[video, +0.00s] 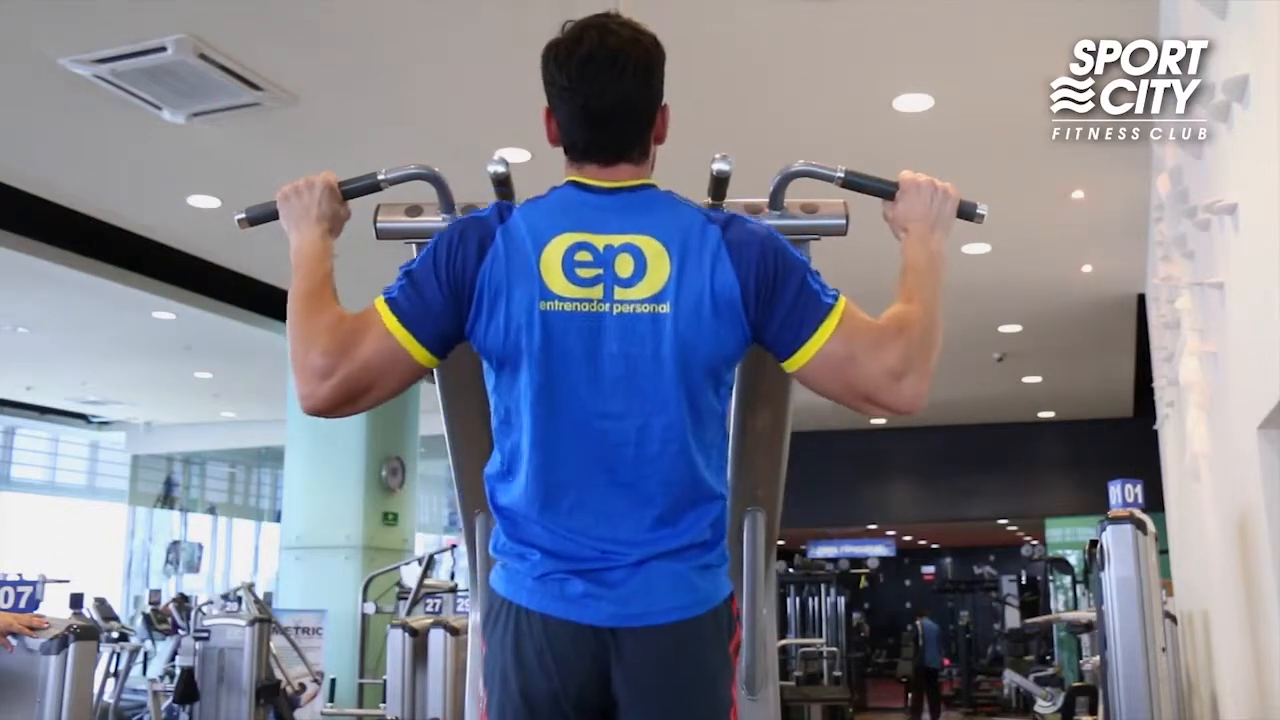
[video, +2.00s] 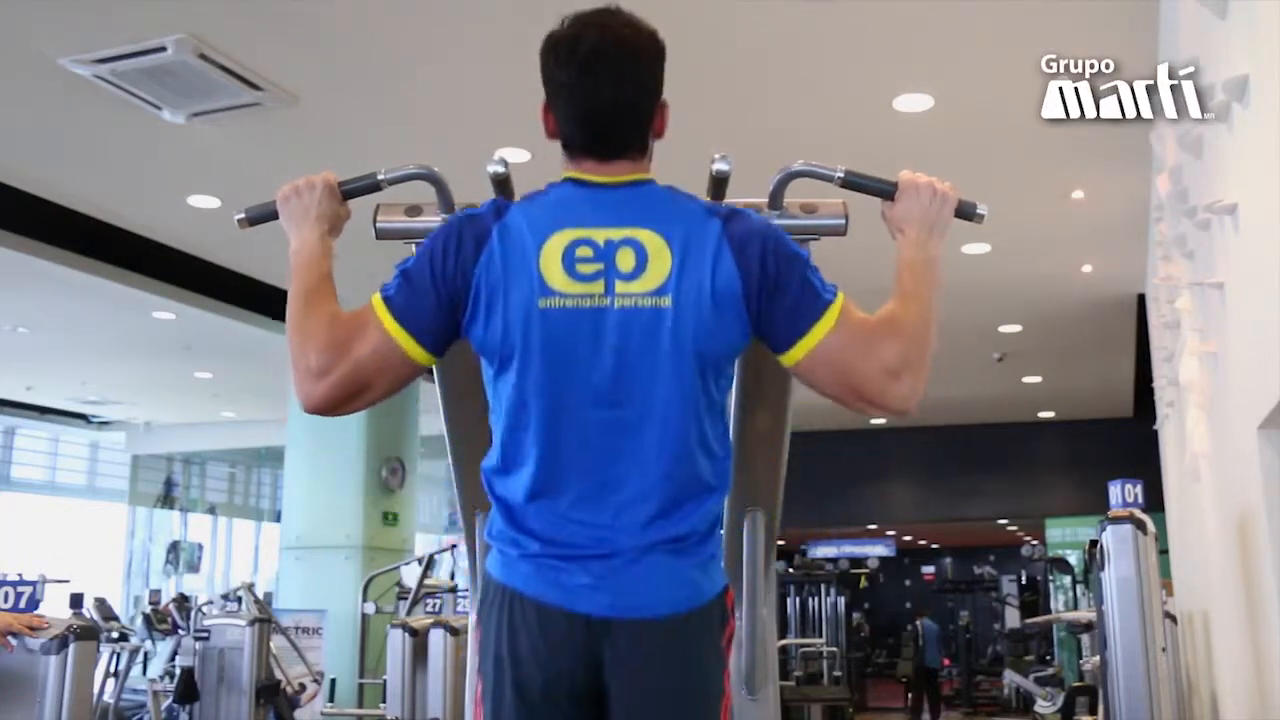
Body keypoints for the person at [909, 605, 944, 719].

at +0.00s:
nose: (916, 618)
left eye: (916, 616)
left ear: (917, 615)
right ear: (928, 614)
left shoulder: (917, 625)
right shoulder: (935, 627)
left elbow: (917, 644)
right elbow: (938, 645)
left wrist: (914, 659)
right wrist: (939, 659)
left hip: (921, 663)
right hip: (934, 664)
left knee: (918, 692)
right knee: (933, 691)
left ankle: (916, 715)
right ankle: (935, 715)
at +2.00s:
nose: (916, 618)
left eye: (916, 616)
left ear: (917, 615)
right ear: (928, 614)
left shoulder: (917, 625)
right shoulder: (935, 627)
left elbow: (917, 644)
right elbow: (938, 645)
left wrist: (914, 659)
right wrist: (939, 659)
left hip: (921, 664)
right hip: (934, 664)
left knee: (918, 692)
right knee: (933, 691)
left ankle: (916, 715)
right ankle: (935, 715)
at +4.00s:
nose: (916, 619)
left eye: (916, 616)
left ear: (917, 615)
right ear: (928, 614)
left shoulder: (917, 626)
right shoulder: (935, 627)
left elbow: (916, 644)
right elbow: (939, 645)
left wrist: (914, 659)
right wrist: (939, 659)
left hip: (920, 664)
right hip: (934, 664)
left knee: (918, 692)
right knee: (933, 692)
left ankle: (916, 715)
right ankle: (935, 715)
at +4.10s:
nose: (916, 619)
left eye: (916, 616)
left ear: (917, 615)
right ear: (928, 614)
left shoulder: (917, 626)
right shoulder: (935, 627)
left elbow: (916, 644)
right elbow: (939, 645)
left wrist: (914, 659)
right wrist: (939, 659)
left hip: (920, 664)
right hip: (934, 664)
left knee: (917, 692)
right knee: (933, 692)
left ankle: (916, 715)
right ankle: (935, 715)